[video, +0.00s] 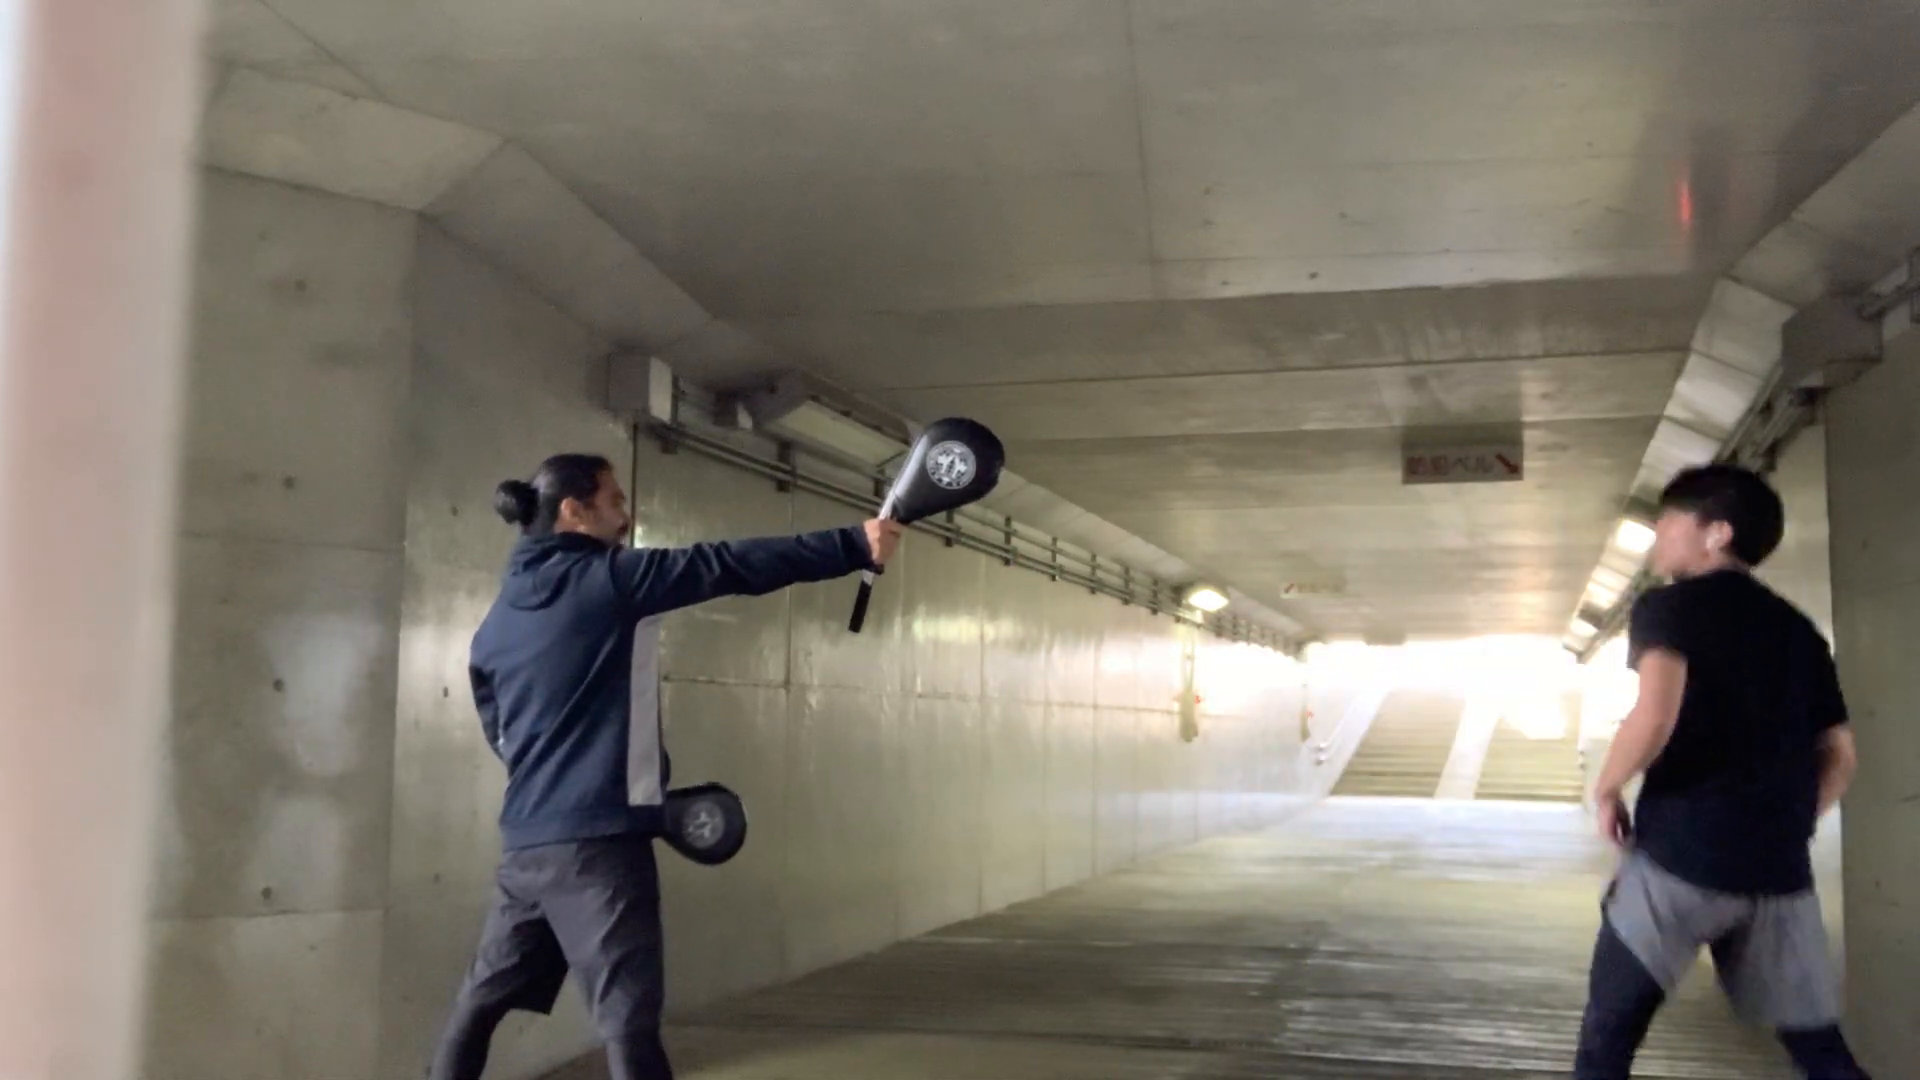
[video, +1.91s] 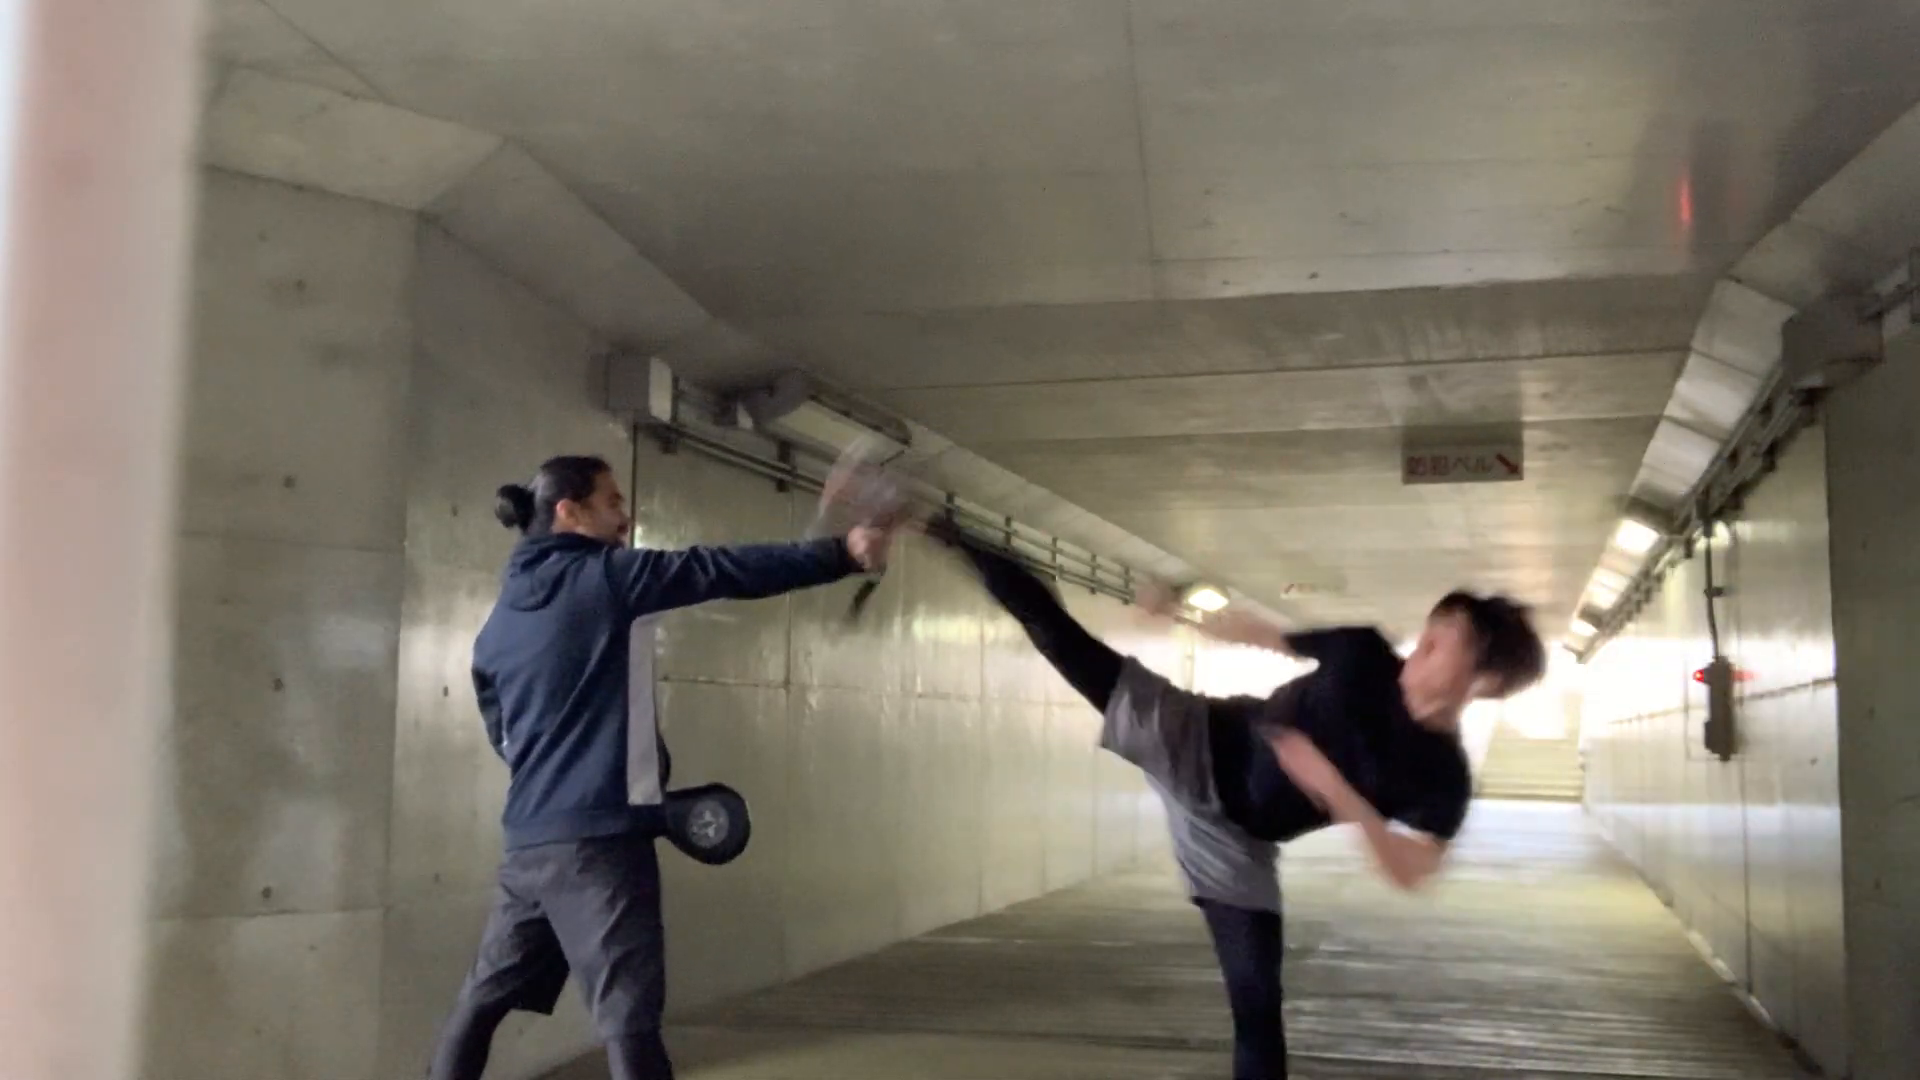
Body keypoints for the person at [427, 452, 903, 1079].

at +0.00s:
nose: (628, 516)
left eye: (624, 502)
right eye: (616, 502)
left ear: (561, 515)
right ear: (572, 511)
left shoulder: (493, 629)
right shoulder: (606, 577)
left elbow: (511, 740)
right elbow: (726, 565)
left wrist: (631, 784)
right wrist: (854, 544)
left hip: (527, 841)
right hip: (595, 839)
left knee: (477, 1007)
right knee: (628, 1026)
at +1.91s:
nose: (627, 516)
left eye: (623, 503)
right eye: (614, 504)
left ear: (560, 516)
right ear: (568, 512)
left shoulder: (494, 629)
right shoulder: (607, 575)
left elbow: (511, 740)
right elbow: (720, 570)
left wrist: (624, 783)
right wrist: (841, 552)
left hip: (529, 839)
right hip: (597, 836)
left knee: (478, 1006)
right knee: (629, 1027)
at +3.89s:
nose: (635, 511)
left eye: (631, 497)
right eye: (623, 498)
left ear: (569, 514)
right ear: (581, 510)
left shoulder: (503, 625)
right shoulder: (618, 577)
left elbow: (509, 739)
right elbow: (737, 568)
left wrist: (616, 789)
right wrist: (862, 541)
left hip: (528, 835)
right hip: (592, 833)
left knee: (475, 1003)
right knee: (626, 1025)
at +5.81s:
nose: (654, 521)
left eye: (651, 507)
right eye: (643, 507)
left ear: (593, 515)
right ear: (599, 513)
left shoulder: (517, 624)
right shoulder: (633, 576)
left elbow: (521, 738)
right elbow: (749, 573)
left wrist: (628, 787)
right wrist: (876, 556)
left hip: (535, 836)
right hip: (599, 834)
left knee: (478, 1007)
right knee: (632, 1026)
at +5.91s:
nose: (652, 522)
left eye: (650, 507)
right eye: (641, 508)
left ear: (590, 518)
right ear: (597, 515)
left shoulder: (515, 625)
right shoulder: (622, 580)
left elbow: (523, 739)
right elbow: (734, 575)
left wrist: (638, 792)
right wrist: (844, 555)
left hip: (534, 838)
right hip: (599, 836)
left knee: (480, 1003)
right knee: (633, 1023)